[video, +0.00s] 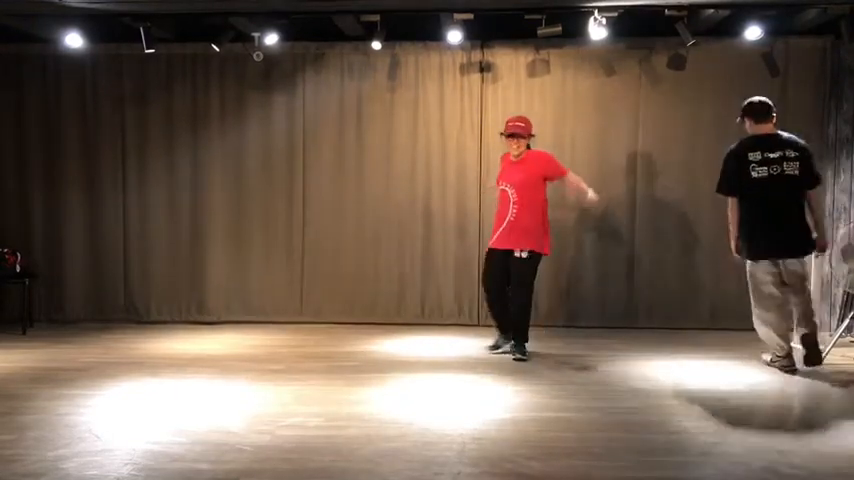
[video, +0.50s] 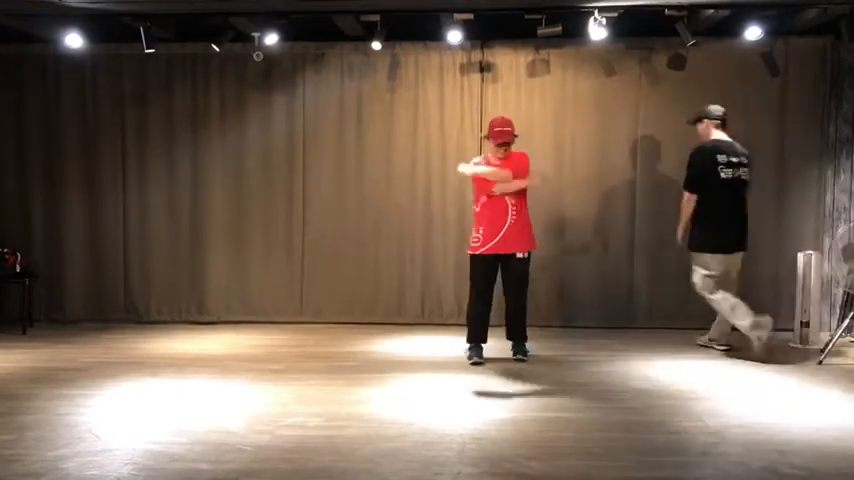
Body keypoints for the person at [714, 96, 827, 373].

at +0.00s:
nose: (743, 125)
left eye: (742, 121)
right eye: (745, 121)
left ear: (745, 121)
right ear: (775, 118)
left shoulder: (738, 153)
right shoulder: (797, 147)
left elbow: (733, 202)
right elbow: (813, 194)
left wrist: (734, 238)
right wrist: (821, 232)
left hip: (758, 238)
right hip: (794, 235)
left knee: (768, 301)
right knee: (799, 290)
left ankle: (782, 355)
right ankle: (808, 334)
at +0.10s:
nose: (739, 125)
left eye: (738, 121)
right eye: (738, 121)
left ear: (743, 120)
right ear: (767, 118)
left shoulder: (733, 151)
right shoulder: (790, 148)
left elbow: (727, 199)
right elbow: (799, 195)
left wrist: (734, 229)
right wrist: (802, 228)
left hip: (753, 233)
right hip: (786, 231)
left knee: (764, 295)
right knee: (784, 289)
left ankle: (781, 354)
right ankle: (791, 340)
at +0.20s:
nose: (730, 126)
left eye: (730, 121)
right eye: (729, 122)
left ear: (738, 120)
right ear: (759, 120)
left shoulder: (728, 151)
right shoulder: (781, 150)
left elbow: (716, 193)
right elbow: (787, 196)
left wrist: (735, 211)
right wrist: (785, 234)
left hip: (743, 233)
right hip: (773, 231)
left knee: (757, 298)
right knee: (762, 288)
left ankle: (780, 352)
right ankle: (753, 336)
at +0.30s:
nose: (720, 129)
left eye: (721, 124)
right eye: (720, 124)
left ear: (730, 123)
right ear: (748, 124)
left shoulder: (721, 153)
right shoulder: (769, 153)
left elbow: (708, 195)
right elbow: (775, 199)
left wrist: (728, 210)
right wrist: (773, 232)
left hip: (733, 234)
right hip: (761, 233)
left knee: (752, 298)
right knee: (746, 291)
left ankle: (780, 353)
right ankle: (721, 332)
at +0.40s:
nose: (710, 130)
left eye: (712, 125)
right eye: (711, 125)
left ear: (720, 125)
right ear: (735, 126)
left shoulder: (712, 155)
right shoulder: (755, 156)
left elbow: (699, 198)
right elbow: (758, 199)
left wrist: (697, 225)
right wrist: (762, 228)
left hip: (720, 230)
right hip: (748, 230)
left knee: (735, 293)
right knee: (738, 287)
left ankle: (776, 345)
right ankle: (719, 336)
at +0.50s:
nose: (697, 131)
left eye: (698, 126)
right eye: (697, 126)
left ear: (707, 125)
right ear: (720, 125)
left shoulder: (702, 153)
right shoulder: (741, 152)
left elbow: (690, 196)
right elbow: (741, 193)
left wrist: (682, 224)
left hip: (709, 228)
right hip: (737, 227)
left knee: (704, 283)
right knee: (728, 285)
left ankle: (752, 324)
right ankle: (719, 336)